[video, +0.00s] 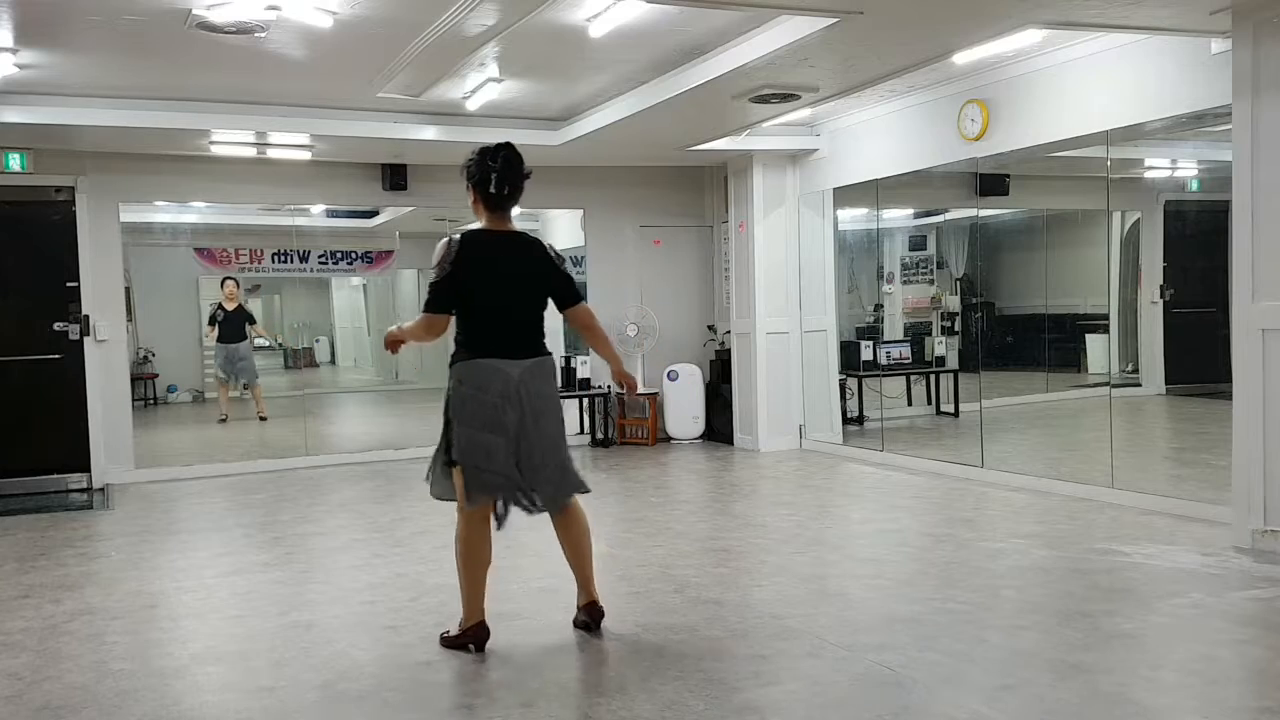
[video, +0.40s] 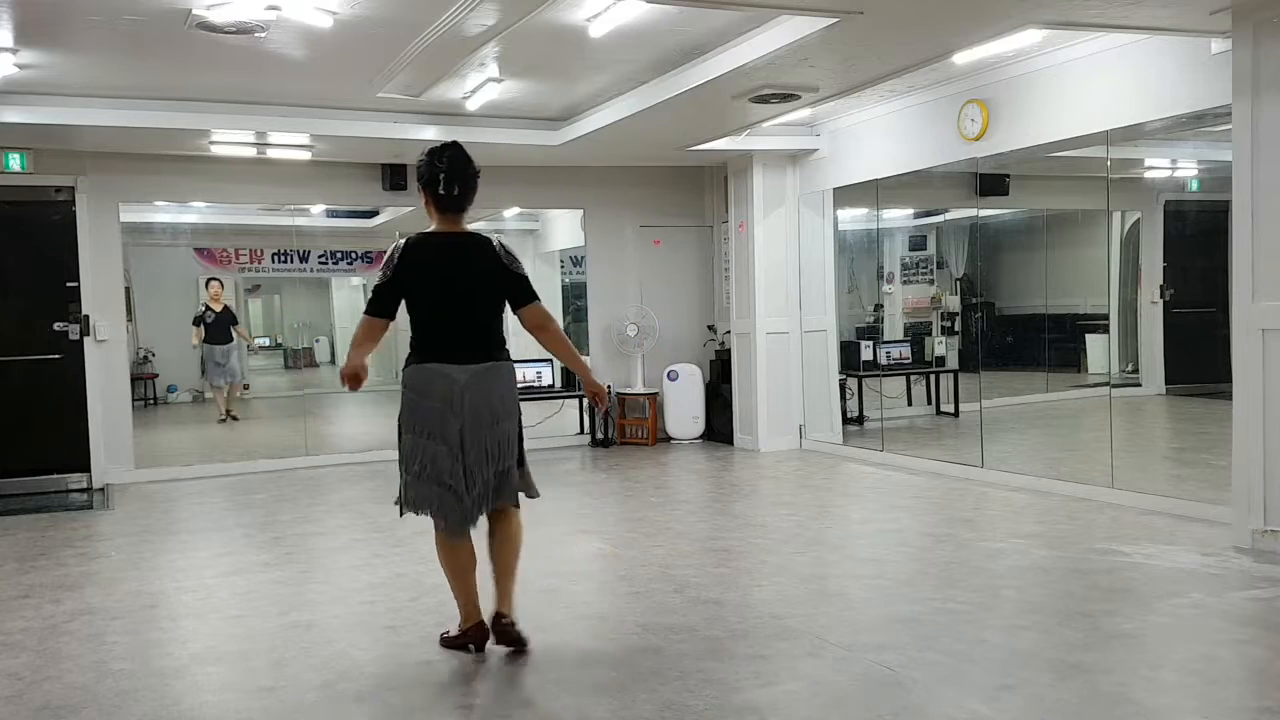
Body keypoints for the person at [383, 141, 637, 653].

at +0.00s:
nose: (469, 196)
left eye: (469, 190)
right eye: (471, 189)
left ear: (473, 194)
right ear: (519, 193)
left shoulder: (458, 249)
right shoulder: (539, 253)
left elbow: (435, 324)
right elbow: (581, 316)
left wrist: (404, 333)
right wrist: (617, 364)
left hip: (478, 381)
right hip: (537, 380)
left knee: (474, 500)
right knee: (560, 490)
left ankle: (473, 622)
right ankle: (590, 601)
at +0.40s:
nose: (428, 198)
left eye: (424, 191)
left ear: (424, 197)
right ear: (473, 195)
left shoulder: (408, 254)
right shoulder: (494, 252)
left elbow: (376, 320)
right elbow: (538, 320)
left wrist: (356, 358)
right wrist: (584, 371)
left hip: (430, 383)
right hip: (493, 382)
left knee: (448, 508)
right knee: (503, 500)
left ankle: (472, 623)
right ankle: (504, 612)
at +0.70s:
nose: (405, 201)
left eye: (400, 194)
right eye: (436, 191)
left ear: (399, 199)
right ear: (450, 196)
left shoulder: (382, 258)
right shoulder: (474, 254)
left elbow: (348, 332)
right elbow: (517, 323)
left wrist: (312, 394)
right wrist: (555, 373)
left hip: (401, 393)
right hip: (462, 392)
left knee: (442, 511)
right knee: (453, 517)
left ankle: (469, 621)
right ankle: (424, 643)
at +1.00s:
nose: (385, 195)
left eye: (376, 187)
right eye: (408, 186)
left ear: (373, 192)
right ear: (425, 190)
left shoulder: (354, 254)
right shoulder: (448, 249)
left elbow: (314, 326)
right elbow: (493, 319)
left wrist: (274, 391)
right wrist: (513, 367)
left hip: (375, 389)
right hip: (442, 385)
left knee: (392, 519)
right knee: (440, 522)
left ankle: (396, 636)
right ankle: (420, 655)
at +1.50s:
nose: (313, 188)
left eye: (307, 180)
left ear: (306, 186)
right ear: (362, 188)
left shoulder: (287, 248)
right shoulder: (381, 254)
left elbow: (247, 323)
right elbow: (434, 324)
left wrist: (209, 353)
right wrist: (484, 380)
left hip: (309, 392)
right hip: (375, 392)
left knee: (328, 529)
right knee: (383, 518)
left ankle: (350, 661)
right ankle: (405, 633)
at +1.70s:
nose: (281, 188)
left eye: (278, 181)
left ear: (281, 187)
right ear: (336, 187)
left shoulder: (267, 250)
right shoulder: (357, 252)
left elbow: (235, 328)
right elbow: (411, 323)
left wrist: (202, 358)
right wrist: (461, 380)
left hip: (299, 392)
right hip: (359, 390)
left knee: (320, 527)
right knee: (328, 520)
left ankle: (349, 660)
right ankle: (318, 638)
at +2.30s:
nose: (223, 188)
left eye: (223, 181)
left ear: (228, 186)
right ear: (282, 186)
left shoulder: (223, 243)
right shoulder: (301, 251)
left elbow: (215, 321)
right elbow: (347, 323)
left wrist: (155, 369)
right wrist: (376, 364)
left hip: (252, 385)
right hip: (306, 383)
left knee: (277, 519)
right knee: (278, 521)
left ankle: (334, 641)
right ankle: (260, 645)